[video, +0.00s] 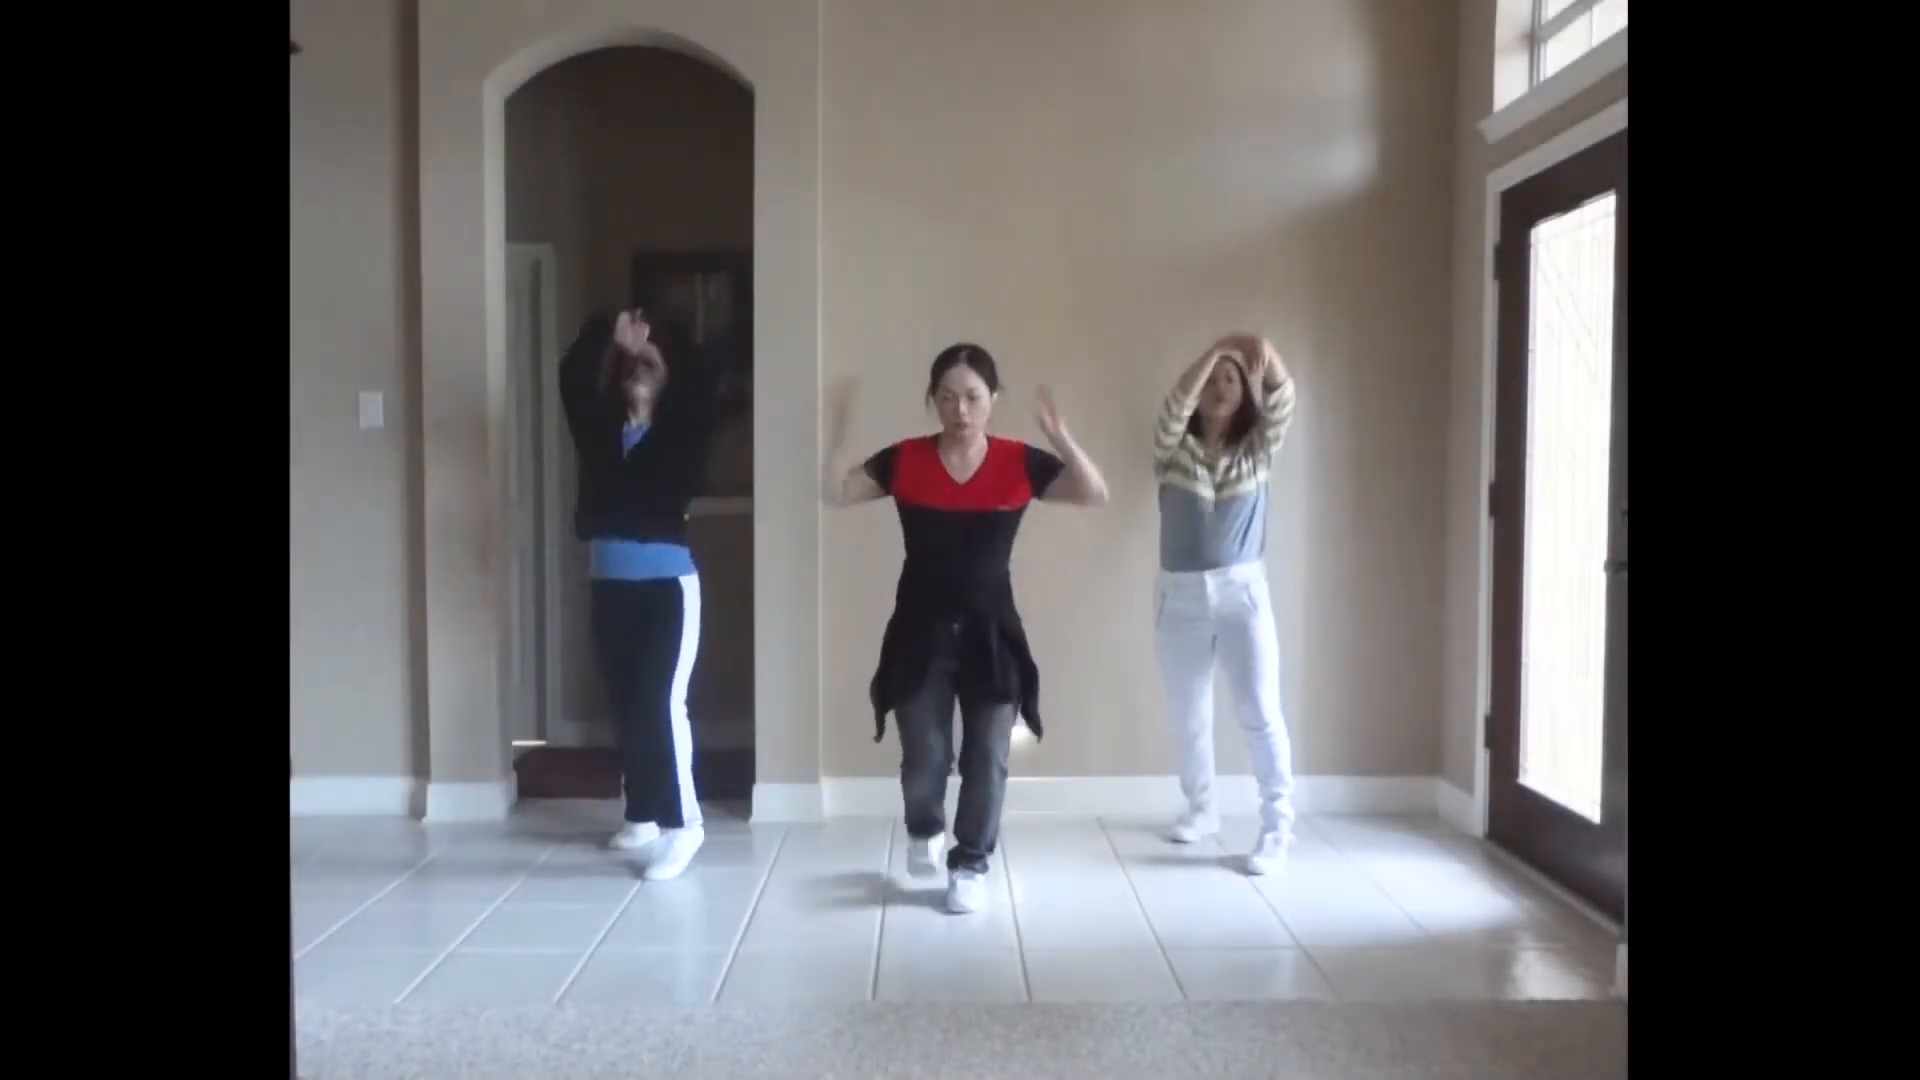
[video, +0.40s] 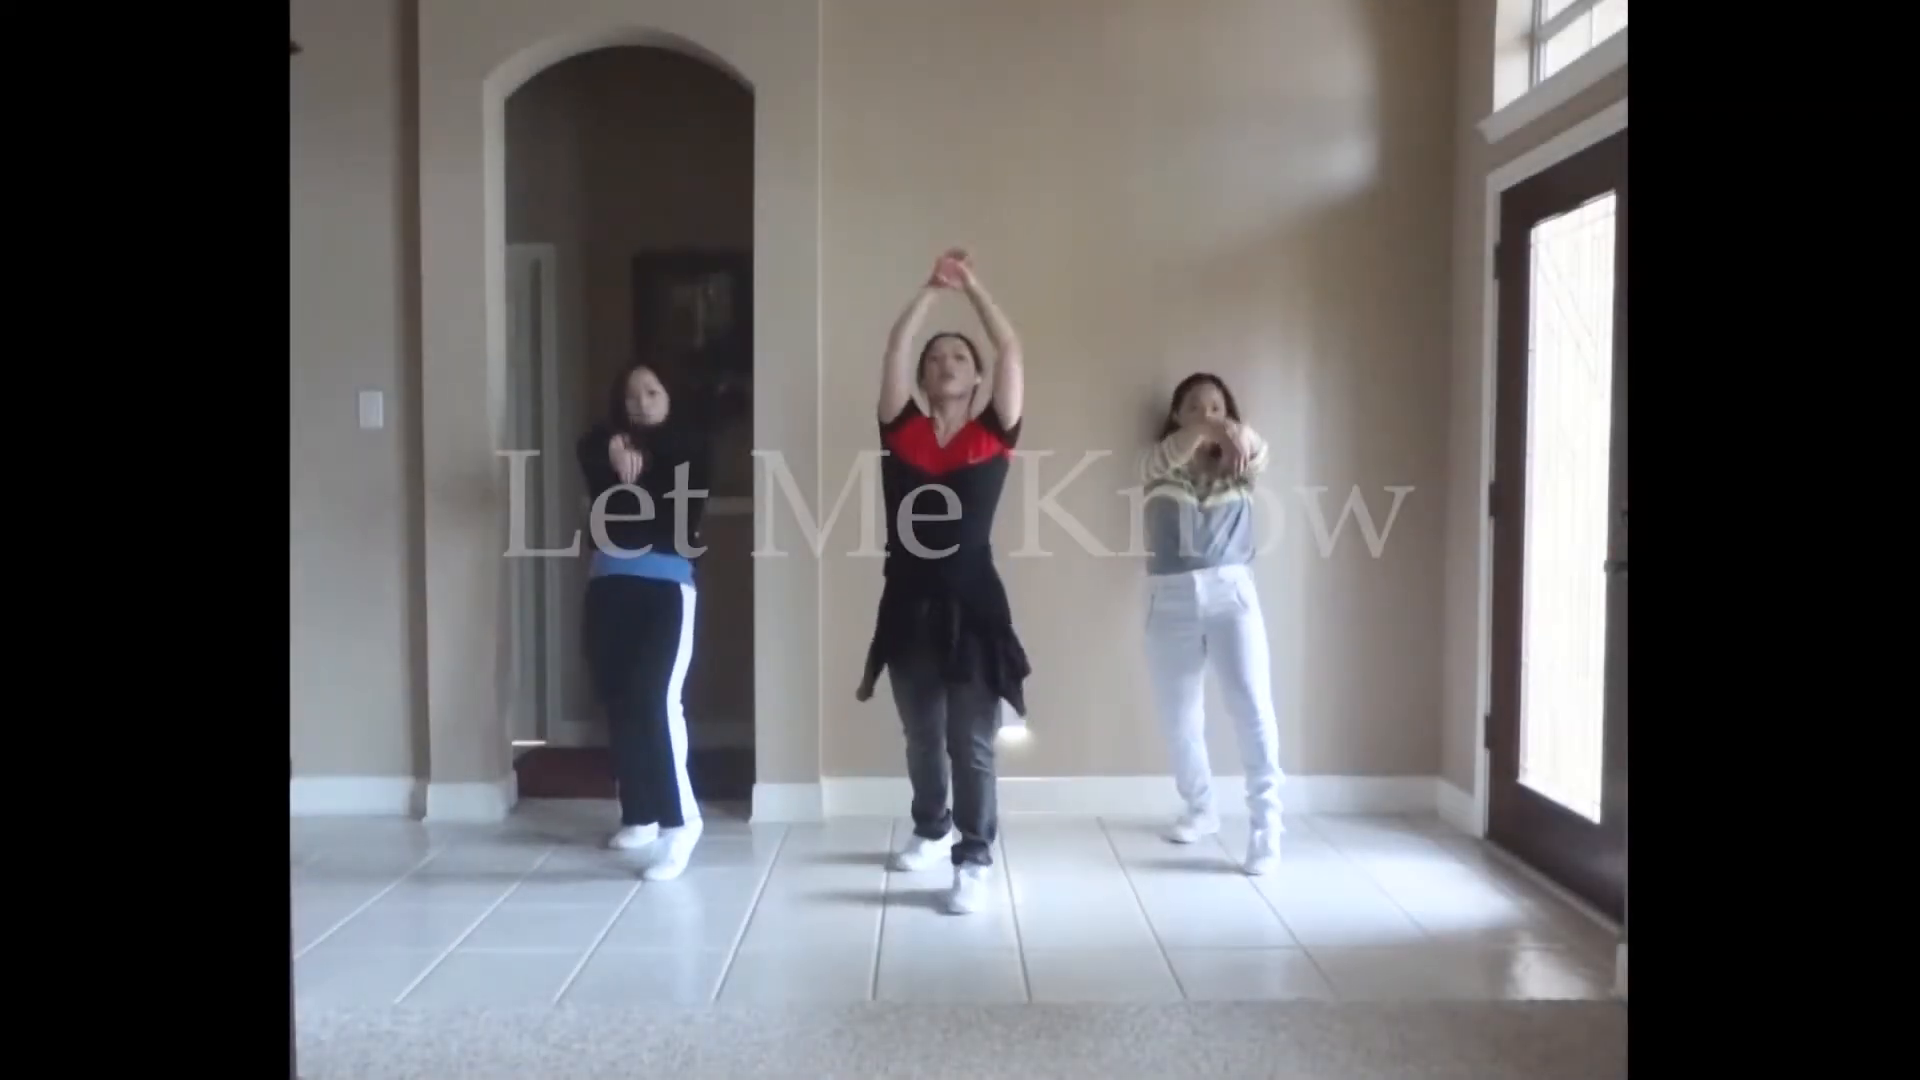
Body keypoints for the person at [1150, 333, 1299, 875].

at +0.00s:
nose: (1219, 387)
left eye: (1232, 380)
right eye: (1212, 378)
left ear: (1247, 396)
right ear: (1196, 389)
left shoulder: (1256, 450)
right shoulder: (1173, 449)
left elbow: (1280, 403)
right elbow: (1175, 408)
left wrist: (1266, 360)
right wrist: (1212, 352)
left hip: (1242, 594)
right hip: (1179, 596)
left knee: (1259, 714)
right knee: (1188, 717)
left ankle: (1276, 826)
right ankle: (1198, 812)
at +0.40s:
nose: (1206, 416)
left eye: (1215, 408)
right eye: (1195, 408)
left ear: (1227, 418)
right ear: (1176, 417)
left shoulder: (1239, 463)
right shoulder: (1158, 462)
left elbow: (1253, 449)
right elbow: (1184, 441)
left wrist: (1230, 426)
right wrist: (1212, 427)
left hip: (1231, 591)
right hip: (1171, 596)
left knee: (1252, 711)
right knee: (1179, 720)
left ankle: (1266, 826)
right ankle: (1199, 808)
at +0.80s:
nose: (1199, 431)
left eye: (1209, 422)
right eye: (1189, 421)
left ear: (1222, 429)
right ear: (1172, 427)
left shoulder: (1236, 479)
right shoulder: (1153, 476)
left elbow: (1243, 542)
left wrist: (1234, 510)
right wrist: (1203, 489)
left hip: (1226, 597)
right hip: (1168, 602)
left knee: (1250, 711)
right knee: (1176, 724)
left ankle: (1264, 823)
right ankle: (1199, 808)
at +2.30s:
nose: (1214, 434)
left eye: (1224, 426)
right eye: (1205, 424)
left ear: (1236, 435)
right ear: (1186, 427)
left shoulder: (1248, 490)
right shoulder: (1161, 486)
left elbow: (1277, 546)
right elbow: (1144, 541)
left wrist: (1278, 575)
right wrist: (1159, 569)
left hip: (1233, 615)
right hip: (1173, 616)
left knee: (1225, 706)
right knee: (1173, 726)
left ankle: (1203, 815)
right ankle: (1195, 805)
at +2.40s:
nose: (1229, 437)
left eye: (1239, 431)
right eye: (1221, 426)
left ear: (1247, 439)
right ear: (1200, 424)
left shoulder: (1251, 495)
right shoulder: (1160, 481)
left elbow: (1281, 557)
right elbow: (1110, 529)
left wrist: (1308, 614)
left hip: (1228, 622)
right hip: (1167, 621)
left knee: (1222, 720)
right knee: (1166, 730)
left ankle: (1190, 820)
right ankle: (1198, 800)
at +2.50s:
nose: (1241, 439)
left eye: (1252, 434)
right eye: (1234, 427)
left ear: (1259, 443)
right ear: (1211, 423)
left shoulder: (1251, 498)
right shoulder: (1171, 473)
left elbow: (1274, 564)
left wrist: (1291, 621)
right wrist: (1170, 437)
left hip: (1220, 624)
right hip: (1160, 622)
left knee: (1216, 733)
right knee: (1163, 741)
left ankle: (1182, 840)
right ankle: (1202, 812)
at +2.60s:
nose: (1253, 430)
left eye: (1265, 426)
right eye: (1247, 416)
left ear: (1268, 438)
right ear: (1221, 414)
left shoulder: (1250, 490)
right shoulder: (1172, 462)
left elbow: (1252, 552)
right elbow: (1185, 406)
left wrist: (1251, 596)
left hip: (1215, 615)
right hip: (1155, 614)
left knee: (1218, 730)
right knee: (1161, 732)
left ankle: (1185, 847)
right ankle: (1197, 805)